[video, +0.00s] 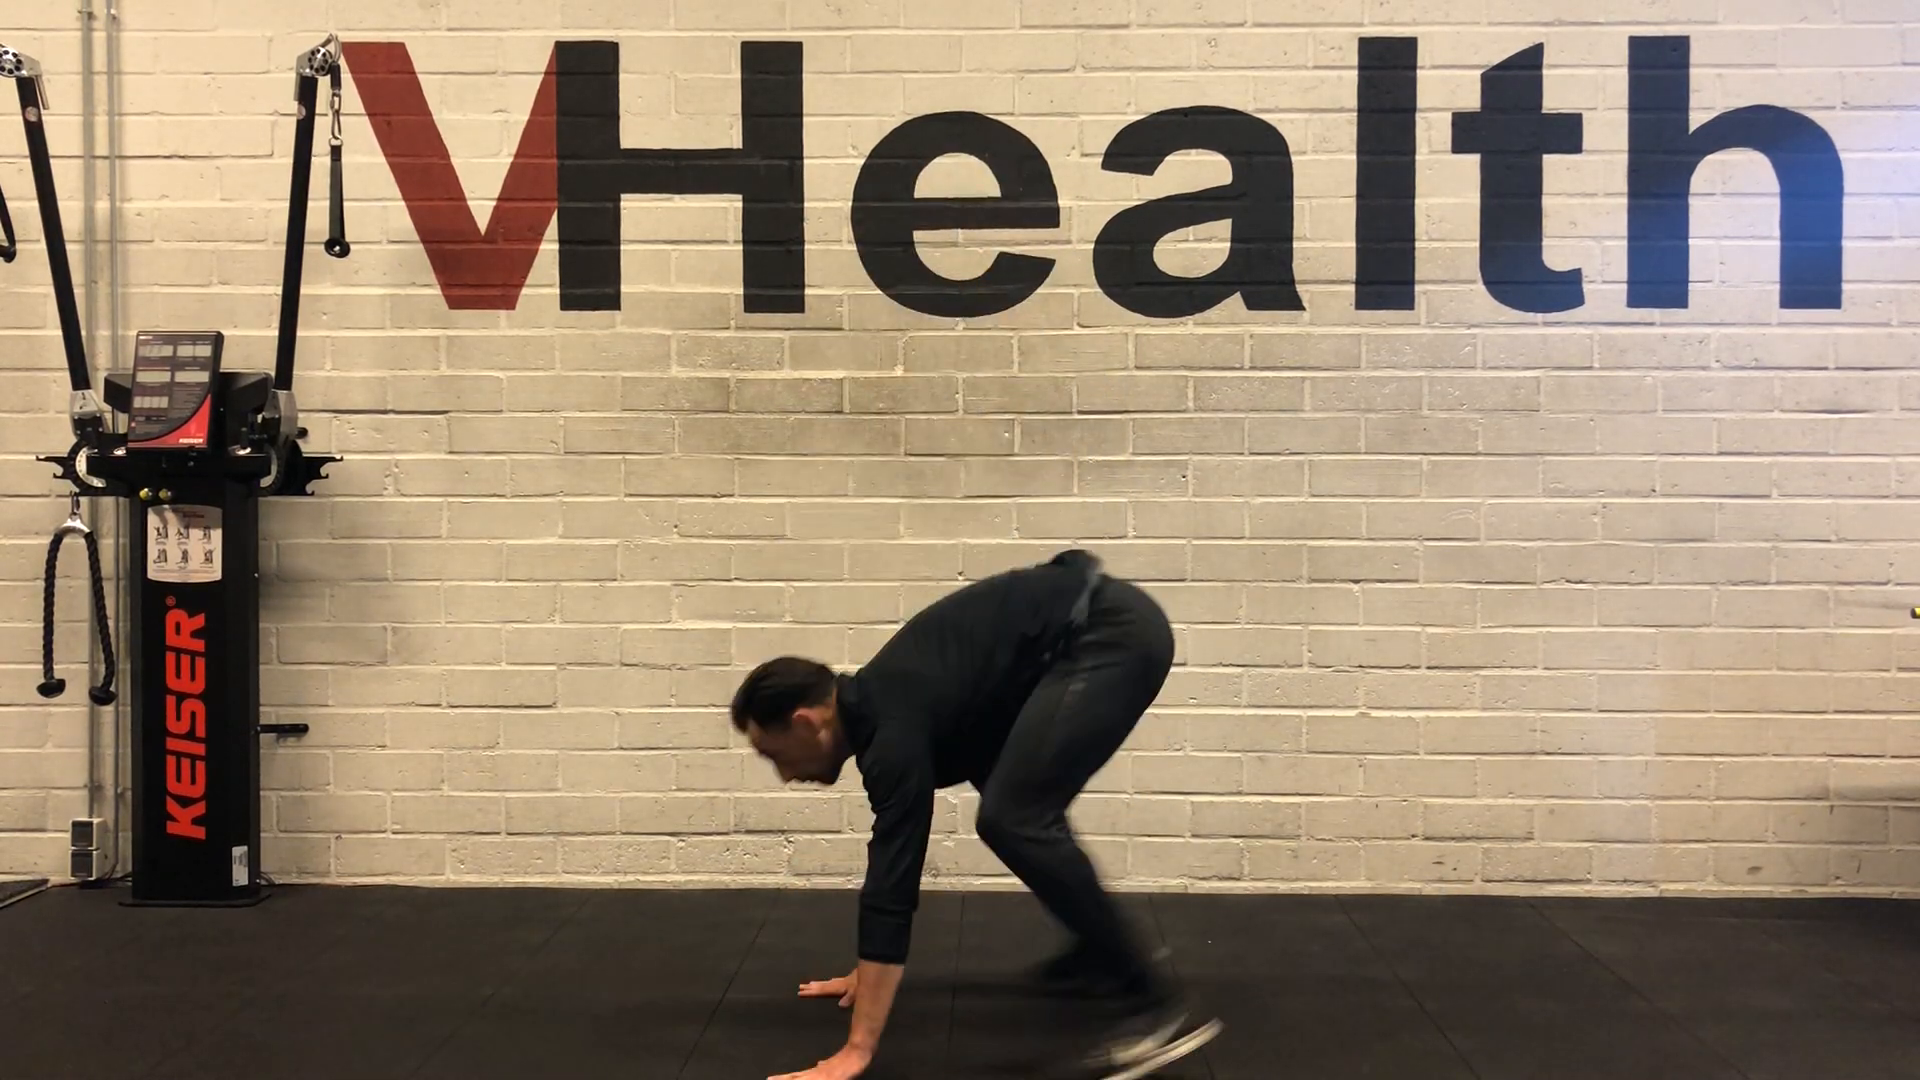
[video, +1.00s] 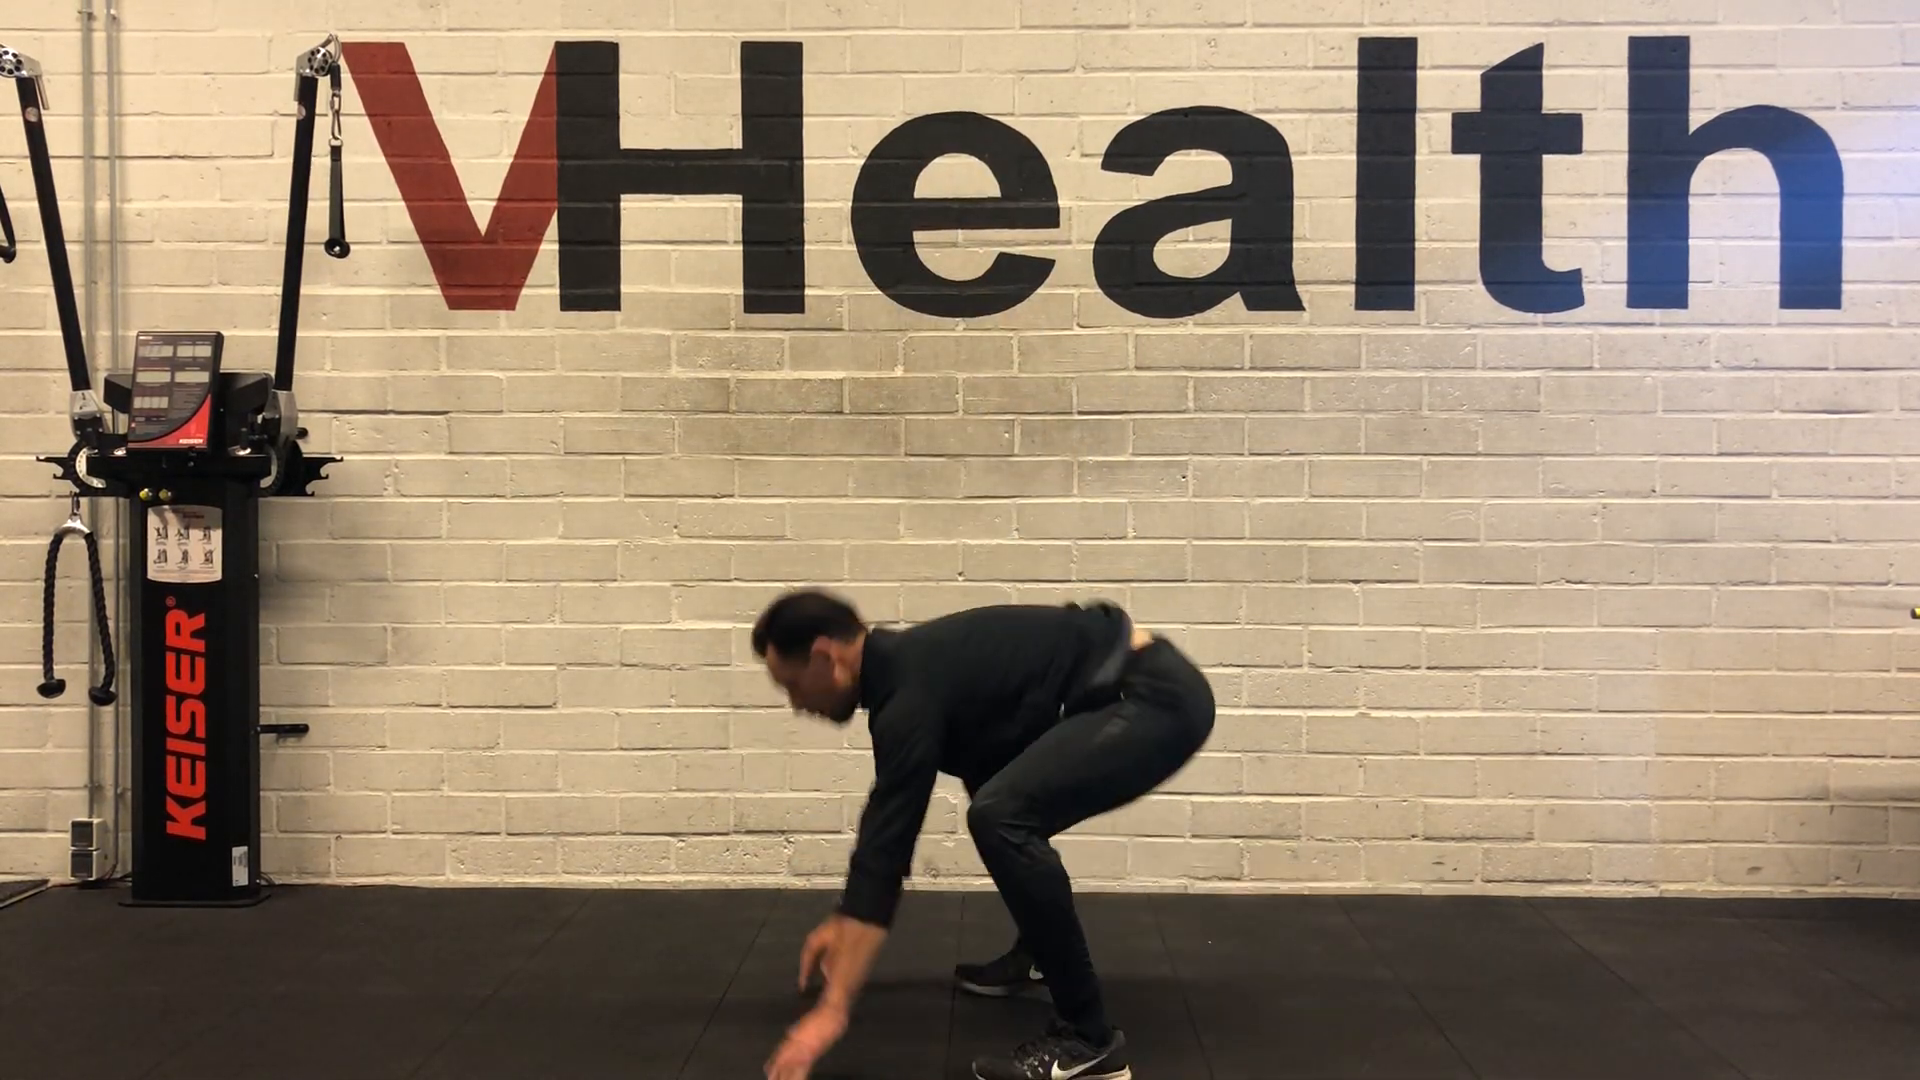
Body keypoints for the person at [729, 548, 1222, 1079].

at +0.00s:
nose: (782, 773)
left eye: (774, 755)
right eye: (769, 760)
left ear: (807, 720)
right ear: (814, 709)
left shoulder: (894, 732)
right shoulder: (878, 701)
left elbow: (893, 891)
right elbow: (889, 862)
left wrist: (858, 1049)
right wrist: (869, 969)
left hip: (1116, 634)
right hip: (1093, 626)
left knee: (1014, 818)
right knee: (1009, 801)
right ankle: (1105, 942)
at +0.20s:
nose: (682, 754)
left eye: (687, 738)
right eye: (678, 739)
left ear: (737, 725)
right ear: (743, 715)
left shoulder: (826, 755)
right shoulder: (811, 743)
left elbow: (873, 903)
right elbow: (868, 875)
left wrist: (864, 1058)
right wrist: (864, 980)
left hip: (1062, 787)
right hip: (1054, 773)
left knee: (1215, 970)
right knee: (1195, 896)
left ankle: (1452, 948)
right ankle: (1379, 885)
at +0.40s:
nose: (737, 744)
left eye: (743, 727)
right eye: (734, 728)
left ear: (795, 717)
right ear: (799, 708)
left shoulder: (877, 778)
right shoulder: (867, 753)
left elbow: (910, 924)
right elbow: (914, 889)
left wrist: (870, 1056)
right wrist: (886, 975)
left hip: (1059, 941)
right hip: (1056, 904)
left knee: (1259, 1037)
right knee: (1225, 968)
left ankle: (1498, 1004)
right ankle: (1406, 909)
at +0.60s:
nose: (724, 771)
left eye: (724, 751)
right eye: (717, 755)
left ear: (766, 726)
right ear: (772, 715)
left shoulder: (861, 762)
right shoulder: (850, 747)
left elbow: (897, 908)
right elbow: (899, 884)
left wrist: (872, 1053)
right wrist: (875, 977)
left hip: (1081, 888)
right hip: (1072, 865)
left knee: (1263, 999)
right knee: (1231, 926)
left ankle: (1512, 1009)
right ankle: (1425, 908)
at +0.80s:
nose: (754, 773)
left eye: (751, 755)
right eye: (745, 760)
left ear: (786, 721)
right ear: (788, 713)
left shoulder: (870, 743)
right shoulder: (857, 725)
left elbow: (880, 899)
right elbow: (880, 870)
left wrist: (863, 1056)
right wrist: (867, 972)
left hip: (1115, 672)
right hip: (1092, 683)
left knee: (1118, 893)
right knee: (1124, 839)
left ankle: (1347, 953)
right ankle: (1302, 890)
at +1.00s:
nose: (793, 703)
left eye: (790, 685)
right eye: (784, 689)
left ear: (828, 655)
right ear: (832, 651)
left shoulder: (909, 697)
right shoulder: (898, 671)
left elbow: (884, 855)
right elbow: (885, 826)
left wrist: (832, 1010)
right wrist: (845, 919)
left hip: (1159, 699)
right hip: (1131, 680)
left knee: (1003, 817)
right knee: (992, 795)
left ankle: (1088, 1035)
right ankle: (1039, 949)